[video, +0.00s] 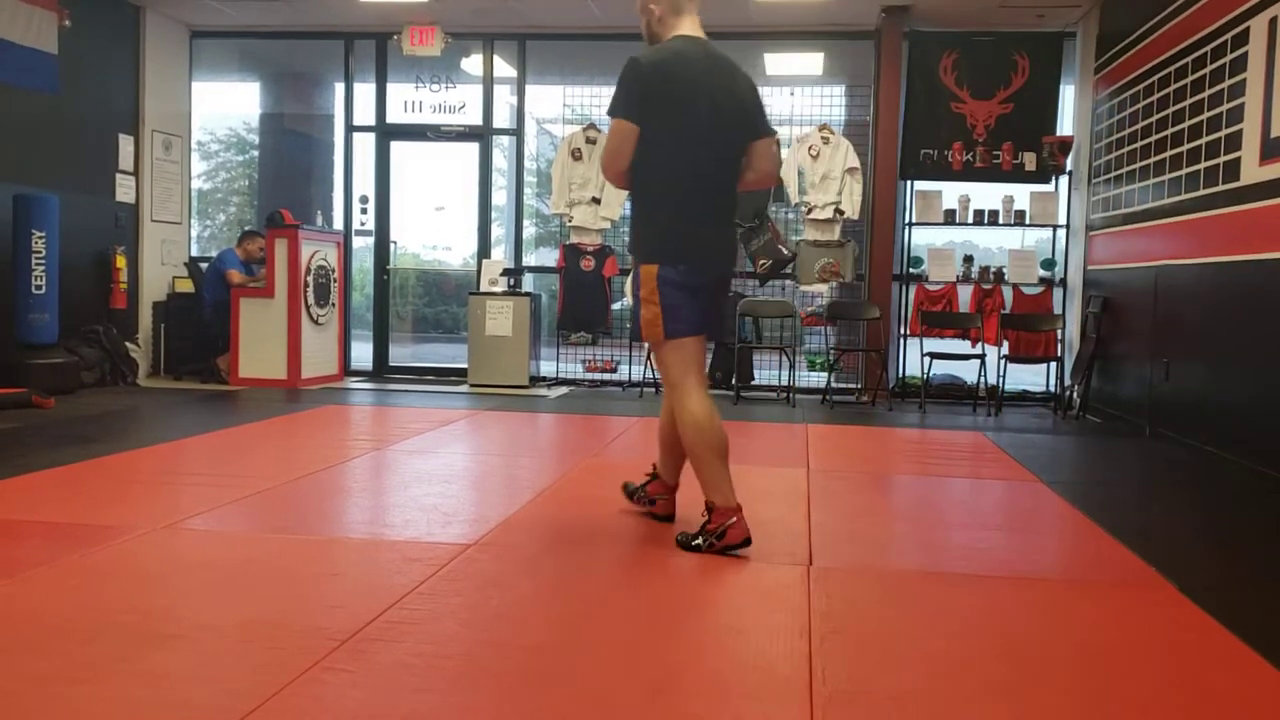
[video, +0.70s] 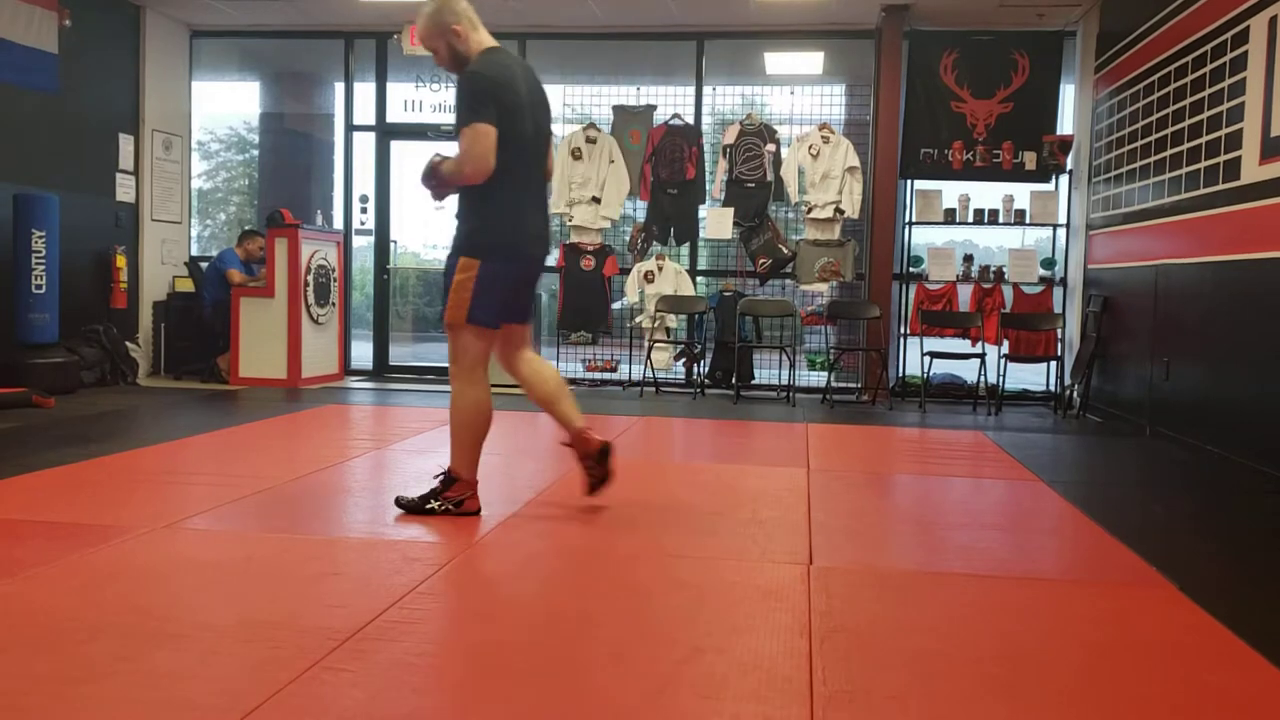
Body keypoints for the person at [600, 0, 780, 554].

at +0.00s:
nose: (640, 23)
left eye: (640, 15)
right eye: (641, 15)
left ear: (654, 11)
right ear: (696, 13)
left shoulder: (647, 67)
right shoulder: (739, 78)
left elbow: (615, 167)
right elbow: (764, 172)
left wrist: (653, 181)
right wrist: (706, 179)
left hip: (666, 245)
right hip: (715, 245)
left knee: (687, 381)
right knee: (681, 375)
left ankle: (725, 515)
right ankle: (662, 487)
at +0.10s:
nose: (618, 47)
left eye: (616, 36)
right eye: (616, 38)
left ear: (630, 20)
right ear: (666, 17)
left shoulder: (634, 71)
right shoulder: (713, 81)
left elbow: (601, 168)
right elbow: (729, 176)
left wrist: (597, 148)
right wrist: (673, 167)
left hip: (644, 248)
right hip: (691, 246)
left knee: (637, 377)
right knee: (662, 374)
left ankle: (705, 493)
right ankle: (657, 492)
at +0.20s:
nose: (594, 54)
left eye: (591, 44)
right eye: (589, 47)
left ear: (606, 24)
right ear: (635, 18)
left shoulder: (620, 71)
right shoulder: (683, 77)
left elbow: (589, 165)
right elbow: (694, 177)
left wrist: (582, 139)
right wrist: (627, 170)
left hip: (625, 242)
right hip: (673, 243)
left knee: (581, 364)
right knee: (652, 363)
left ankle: (663, 457)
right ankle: (658, 490)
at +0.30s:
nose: (569, 56)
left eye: (566, 46)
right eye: (563, 49)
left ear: (585, 23)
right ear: (602, 18)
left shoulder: (606, 69)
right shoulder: (648, 69)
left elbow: (580, 157)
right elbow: (638, 155)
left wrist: (560, 146)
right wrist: (576, 145)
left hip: (603, 238)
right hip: (648, 240)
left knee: (542, 348)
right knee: (642, 365)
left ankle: (605, 459)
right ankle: (654, 489)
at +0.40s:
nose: (540, 61)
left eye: (537, 50)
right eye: (534, 52)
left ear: (557, 31)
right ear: (571, 25)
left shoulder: (585, 71)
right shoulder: (617, 70)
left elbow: (562, 158)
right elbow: (618, 152)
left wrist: (544, 141)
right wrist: (555, 137)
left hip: (584, 238)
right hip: (626, 240)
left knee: (524, 350)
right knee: (628, 363)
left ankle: (530, 479)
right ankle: (651, 486)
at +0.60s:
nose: (473, 68)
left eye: (470, 56)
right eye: (467, 59)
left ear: (493, 36)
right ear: (502, 34)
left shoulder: (517, 83)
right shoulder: (552, 77)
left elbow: (514, 175)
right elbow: (548, 169)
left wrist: (472, 174)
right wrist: (487, 166)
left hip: (517, 253)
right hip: (562, 250)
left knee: (487, 372)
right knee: (579, 364)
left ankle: (462, 487)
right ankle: (636, 470)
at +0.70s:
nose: (438, 64)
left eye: (436, 52)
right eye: (432, 55)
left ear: (458, 33)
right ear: (471, 28)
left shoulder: (481, 75)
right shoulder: (523, 73)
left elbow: (477, 165)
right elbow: (540, 167)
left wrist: (441, 170)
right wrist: (460, 177)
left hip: (487, 242)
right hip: (526, 241)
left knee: (467, 364)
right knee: (516, 351)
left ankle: (461, 486)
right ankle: (585, 439)